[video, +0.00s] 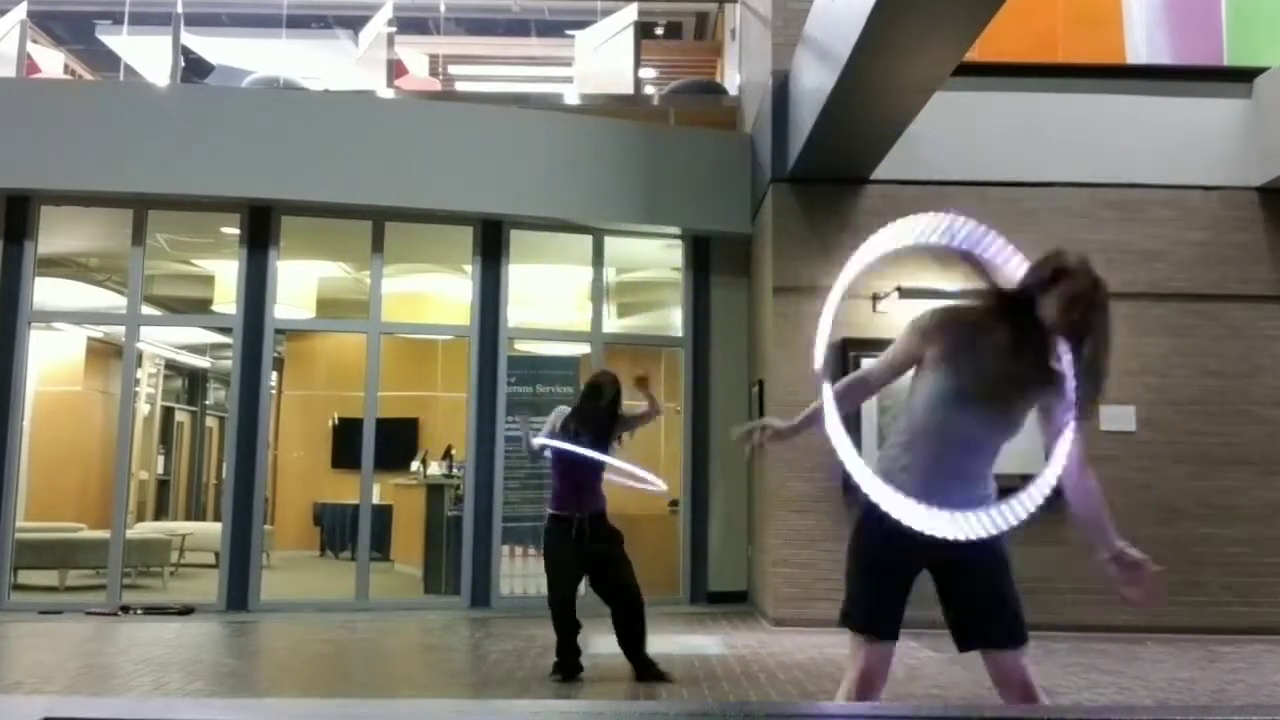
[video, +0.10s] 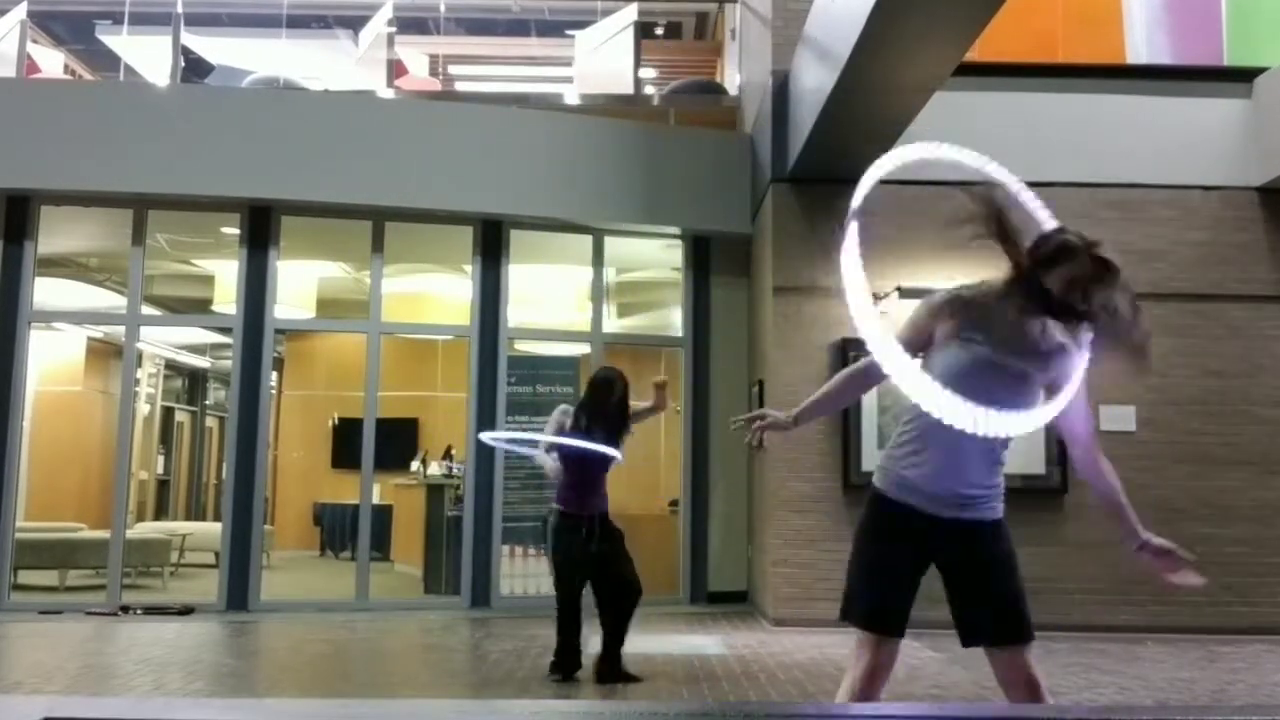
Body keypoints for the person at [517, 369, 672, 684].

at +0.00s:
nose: (603, 404)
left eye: (609, 399)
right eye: (600, 396)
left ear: (614, 402)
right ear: (590, 395)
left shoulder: (610, 424)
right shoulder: (562, 417)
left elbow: (653, 413)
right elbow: (538, 449)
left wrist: (645, 391)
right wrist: (530, 439)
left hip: (596, 524)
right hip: (561, 524)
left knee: (626, 596)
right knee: (561, 601)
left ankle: (640, 662)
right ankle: (568, 663)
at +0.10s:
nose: (621, 404)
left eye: (622, 399)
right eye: (617, 398)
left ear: (621, 401)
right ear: (603, 396)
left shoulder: (615, 420)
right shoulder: (565, 416)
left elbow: (657, 408)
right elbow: (542, 451)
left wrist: (659, 390)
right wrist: (551, 464)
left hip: (599, 521)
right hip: (567, 520)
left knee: (626, 590)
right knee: (568, 597)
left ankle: (610, 664)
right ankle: (565, 662)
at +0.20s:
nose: (628, 396)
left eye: (629, 391)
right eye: (624, 391)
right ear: (608, 393)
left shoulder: (620, 425)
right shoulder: (574, 419)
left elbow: (645, 410)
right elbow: (557, 464)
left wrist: (639, 410)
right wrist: (575, 496)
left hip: (602, 521)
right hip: (576, 520)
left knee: (625, 590)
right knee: (591, 594)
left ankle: (595, 666)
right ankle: (555, 654)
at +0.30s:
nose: (633, 401)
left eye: (633, 394)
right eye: (628, 394)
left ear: (604, 393)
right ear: (614, 395)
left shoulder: (613, 427)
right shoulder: (588, 423)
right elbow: (578, 477)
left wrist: (632, 430)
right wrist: (609, 511)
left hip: (604, 518)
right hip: (585, 518)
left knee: (626, 592)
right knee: (608, 594)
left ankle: (598, 667)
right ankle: (556, 642)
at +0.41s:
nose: (635, 396)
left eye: (634, 389)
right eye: (632, 389)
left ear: (599, 387)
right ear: (623, 390)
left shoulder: (588, 417)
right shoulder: (609, 416)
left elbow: (589, 471)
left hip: (584, 517)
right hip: (601, 517)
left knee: (607, 592)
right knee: (638, 587)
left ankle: (598, 663)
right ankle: (597, 656)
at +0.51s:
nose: (632, 390)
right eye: (630, 385)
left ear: (594, 384)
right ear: (625, 385)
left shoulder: (579, 414)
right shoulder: (624, 406)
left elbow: (575, 464)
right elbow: (627, 452)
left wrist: (582, 499)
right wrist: (650, 484)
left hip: (585, 516)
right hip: (617, 516)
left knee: (598, 592)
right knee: (637, 588)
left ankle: (594, 667)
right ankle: (634, 663)